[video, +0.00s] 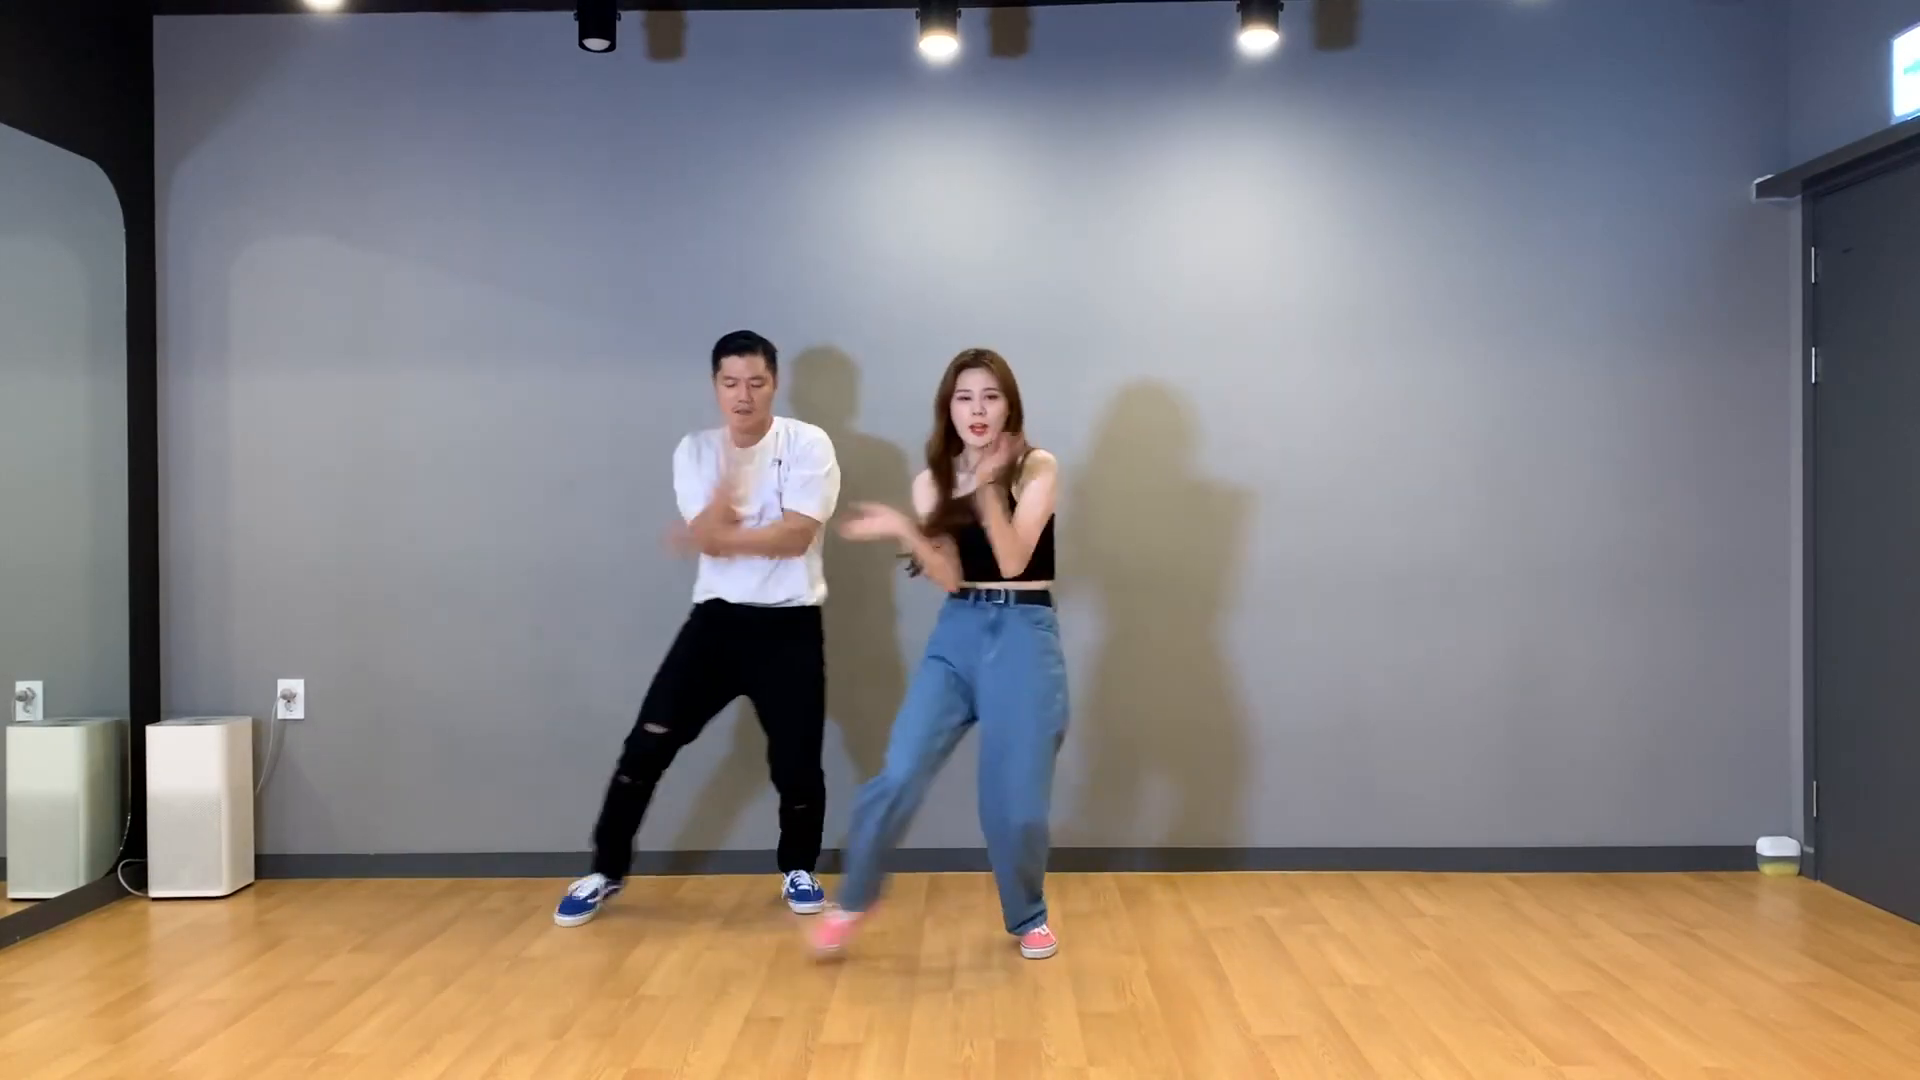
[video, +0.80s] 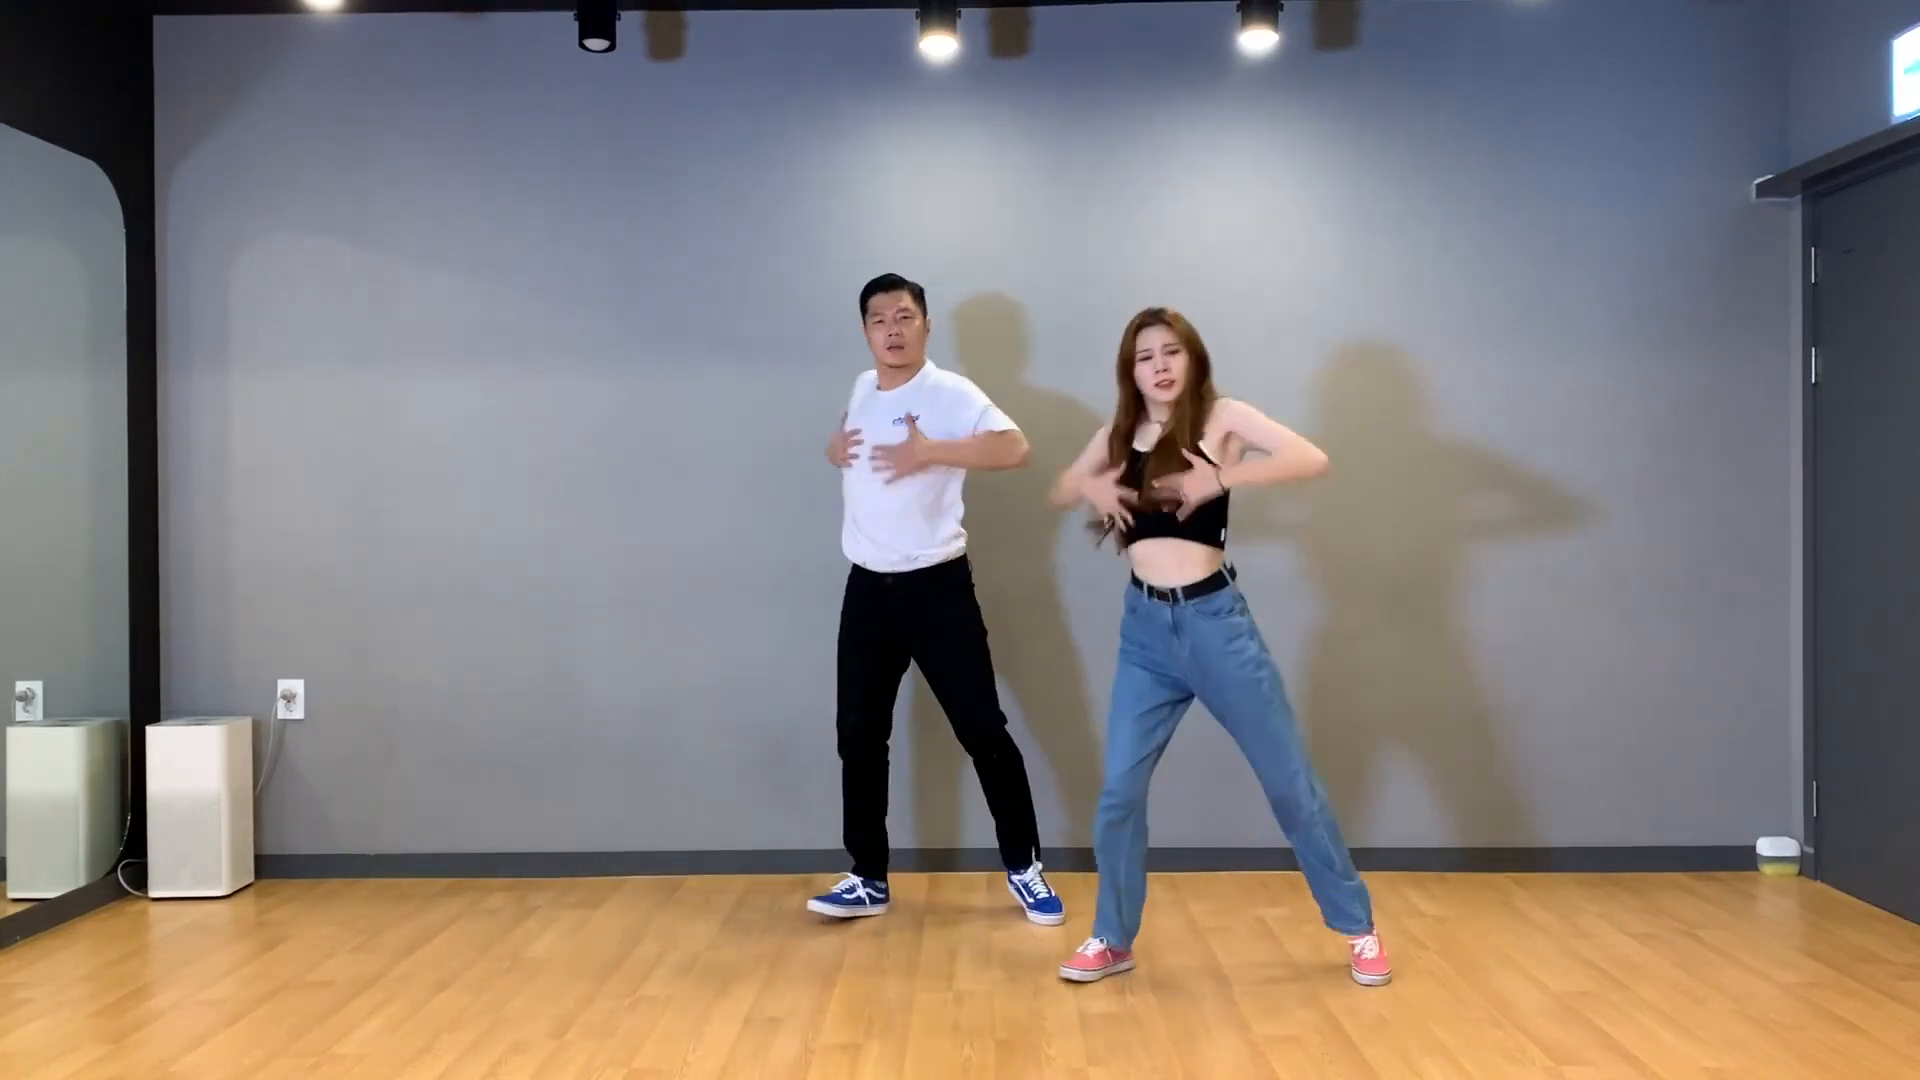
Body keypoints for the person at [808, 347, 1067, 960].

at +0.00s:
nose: (976, 409)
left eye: (989, 397)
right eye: (963, 398)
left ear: (1010, 405)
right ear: (947, 408)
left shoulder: (1037, 469)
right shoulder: (932, 482)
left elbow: (1014, 559)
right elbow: (950, 577)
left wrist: (988, 483)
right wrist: (903, 529)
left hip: (1024, 639)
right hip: (956, 636)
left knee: (1018, 801)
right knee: (899, 775)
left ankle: (1028, 915)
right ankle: (852, 901)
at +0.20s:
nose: (1022, 413)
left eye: (1034, 400)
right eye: (1009, 401)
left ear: (1055, 406)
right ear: (991, 409)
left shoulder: (1085, 471)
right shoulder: (966, 483)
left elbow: (1127, 552)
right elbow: (938, 574)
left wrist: (1159, 610)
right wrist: (912, 647)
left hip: (1073, 644)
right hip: (998, 647)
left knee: (1072, 796)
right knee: (1025, 795)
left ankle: (1030, 918)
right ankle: (1113, 920)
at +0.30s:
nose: (1042, 413)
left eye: (1054, 401)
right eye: (1029, 401)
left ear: (1072, 407)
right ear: (1009, 409)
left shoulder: (1105, 468)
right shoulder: (983, 484)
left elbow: (1186, 533)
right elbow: (928, 568)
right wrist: (867, 637)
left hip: (1100, 645)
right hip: (1024, 647)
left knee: (1092, 807)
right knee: (1060, 805)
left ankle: (1030, 910)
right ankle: (1116, 941)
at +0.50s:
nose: (1080, 402)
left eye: (1094, 390)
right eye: (1068, 390)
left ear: (1113, 400)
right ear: (1049, 400)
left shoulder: (1147, 459)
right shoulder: (1030, 480)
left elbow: (1209, 540)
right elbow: (976, 568)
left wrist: (1296, 565)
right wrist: (885, 581)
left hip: (1155, 641)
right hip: (1077, 646)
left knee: (1174, 793)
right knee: (1072, 806)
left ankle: (1106, 865)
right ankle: (1102, 941)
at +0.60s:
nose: (1105, 396)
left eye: (1118, 385)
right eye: (1093, 386)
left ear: (1139, 398)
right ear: (1075, 400)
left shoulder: (1170, 456)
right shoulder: (1054, 474)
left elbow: (1245, 526)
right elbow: (977, 537)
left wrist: (1210, 476)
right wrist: (971, 470)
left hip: (1178, 640)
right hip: (1102, 647)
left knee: (1235, 778)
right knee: (1085, 808)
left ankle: (1241, 858)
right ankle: (1106, 941)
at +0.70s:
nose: (1134, 379)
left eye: (1148, 369)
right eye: (1121, 370)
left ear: (1168, 381)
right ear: (1105, 384)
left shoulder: (1192, 431)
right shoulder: (1086, 445)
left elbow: (1283, 447)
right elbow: (1002, 478)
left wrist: (1179, 451)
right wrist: (1058, 460)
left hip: (1204, 641)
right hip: (1128, 643)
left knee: (1269, 813)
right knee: (1102, 799)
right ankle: (1107, 942)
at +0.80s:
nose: (1158, 366)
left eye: (1170, 353)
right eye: (1144, 357)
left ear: (1193, 360)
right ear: (1130, 369)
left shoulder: (1222, 417)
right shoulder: (1120, 432)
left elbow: (1309, 459)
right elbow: (1061, 494)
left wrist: (1220, 479)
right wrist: (1087, 483)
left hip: (1217, 625)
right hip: (1145, 631)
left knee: (1290, 783)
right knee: (1120, 789)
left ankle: (1358, 928)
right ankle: (1112, 938)